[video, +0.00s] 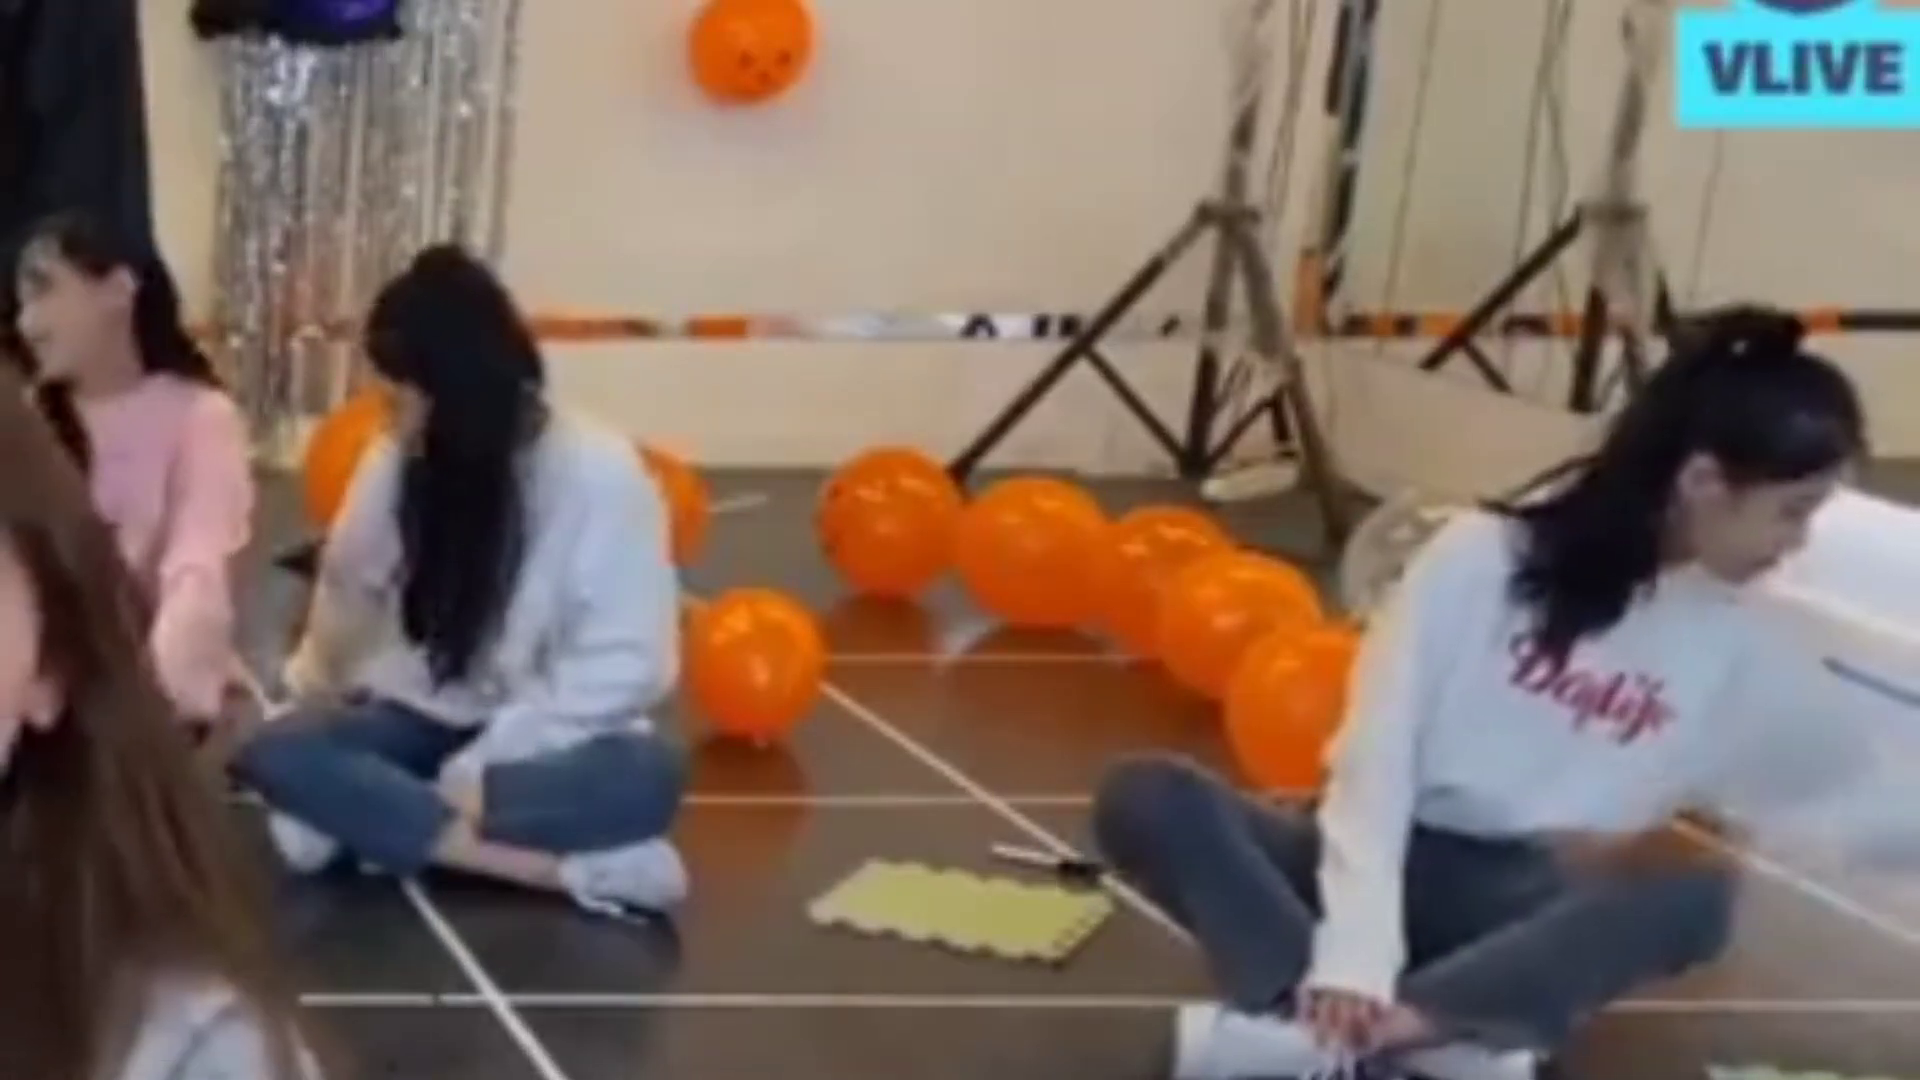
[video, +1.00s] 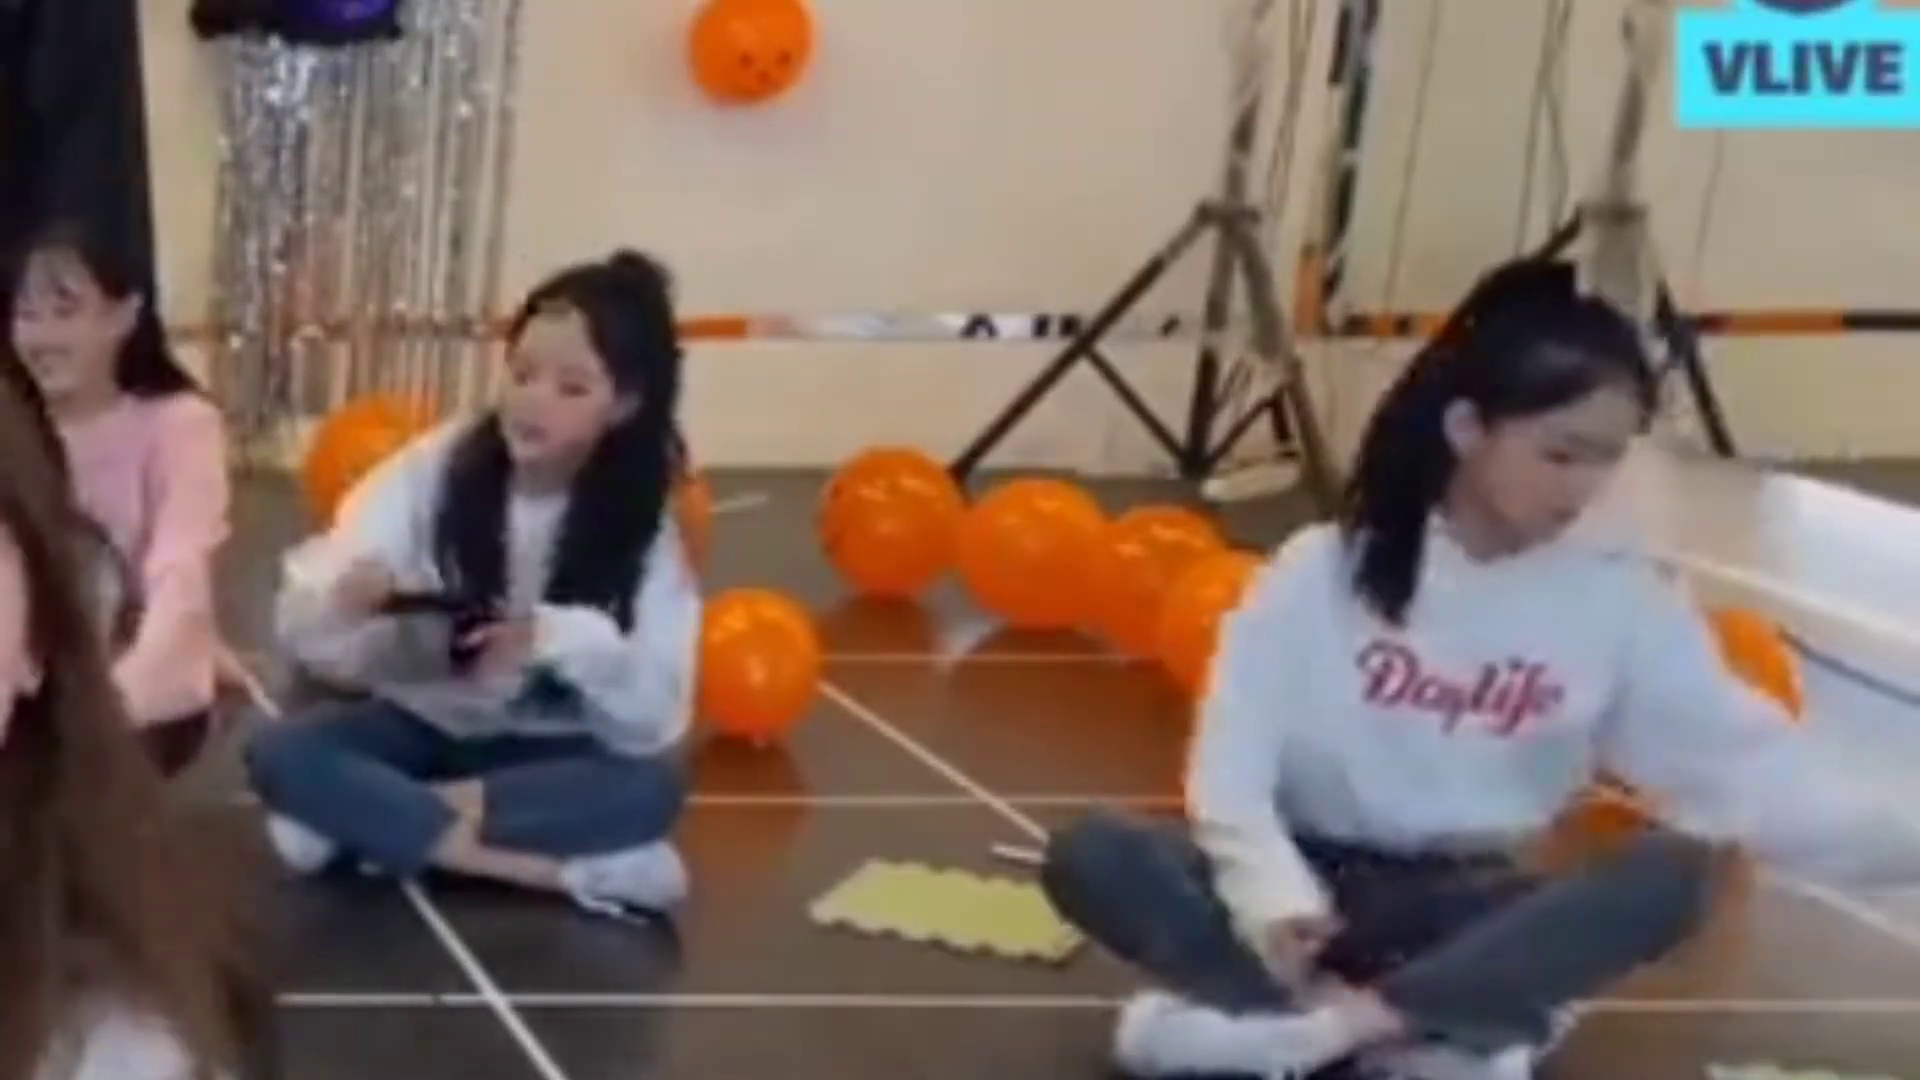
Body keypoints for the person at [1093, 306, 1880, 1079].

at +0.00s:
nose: (1804, 537)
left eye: (1815, 511)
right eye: (1794, 508)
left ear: (1707, 485)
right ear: (1700, 481)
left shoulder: (1750, 651)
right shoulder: (1476, 557)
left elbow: (1883, 789)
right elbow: (1370, 764)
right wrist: (1354, 958)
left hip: (1515, 892)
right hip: (1364, 857)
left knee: (1696, 900)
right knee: (1143, 793)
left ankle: (1320, 1041)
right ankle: (1400, 1050)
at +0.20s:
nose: (1796, 539)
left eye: (1810, 514)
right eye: (1789, 511)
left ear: (1711, 492)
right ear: (1700, 483)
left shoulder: (1720, 638)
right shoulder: (1471, 557)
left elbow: (1718, 827)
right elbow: (1363, 760)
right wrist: (1351, 953)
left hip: (1500, 892)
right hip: (1360, 855)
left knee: (1691, 901)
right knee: (1139, 796)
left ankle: (1326, 1041)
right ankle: (1406, 1046)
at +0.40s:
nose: (1786, 541)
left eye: (1799, 515)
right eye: (1779, 511)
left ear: (1697, 490)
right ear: (1691, 483)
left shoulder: (1693, 630)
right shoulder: (1463, 562)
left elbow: (1649, 811)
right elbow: (1346, 775)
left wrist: (1802, 787)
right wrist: (1364, 952)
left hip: (1501, 891)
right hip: (1355, 861)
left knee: (1698, 893)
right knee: (1137, 801)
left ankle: (1330, 1043)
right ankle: (1403, 1044)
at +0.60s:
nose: (1718, 513)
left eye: (1734, 487)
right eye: (1706, 484)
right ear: (1607, 453)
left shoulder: (1680, 627)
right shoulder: (1418, 554)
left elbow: (1689, 821)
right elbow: (1345, 774)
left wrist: (1859, 849)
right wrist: (1469, 884)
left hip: (1508, 899)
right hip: (1354, 866)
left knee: (1680, 890)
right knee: (1119, 816)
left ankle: (1328, 1033)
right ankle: (1393, 1042)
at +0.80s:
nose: (1617, 487)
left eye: (1639, 461)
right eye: (1599, 453)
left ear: (1655, 449)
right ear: (1497, 421)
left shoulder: (1630, 594)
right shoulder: (1340, 567)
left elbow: (1706, 782)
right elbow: (1284, 790)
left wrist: (1881, 866)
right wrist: (1410, 886)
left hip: (1490, 904)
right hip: (1325, 888)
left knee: (1670, 884)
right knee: (1098, 841)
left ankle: (1314, 1031)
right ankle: (1398, 1046)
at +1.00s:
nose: (1585, 491)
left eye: (1609, 464)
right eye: (1563, 457)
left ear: (1629, 454)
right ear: (1464, 427)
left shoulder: (1619, 603)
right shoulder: (1319, 571)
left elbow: (1751, 773)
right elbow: (1229, 770)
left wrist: (1902, 829)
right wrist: (1286, 917)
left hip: (1469, 906)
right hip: (1300, 882)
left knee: (1670, 879)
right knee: (1086, 851)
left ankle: (1310, 1038)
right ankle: (1399, 1044)